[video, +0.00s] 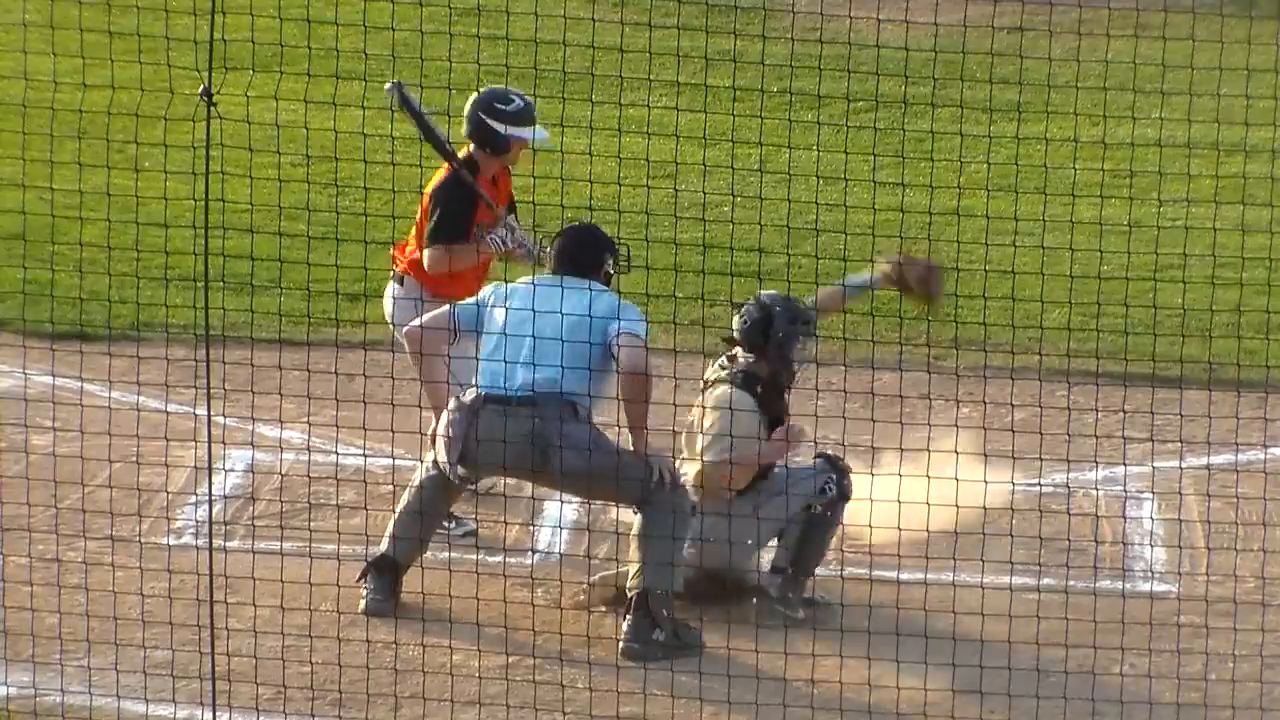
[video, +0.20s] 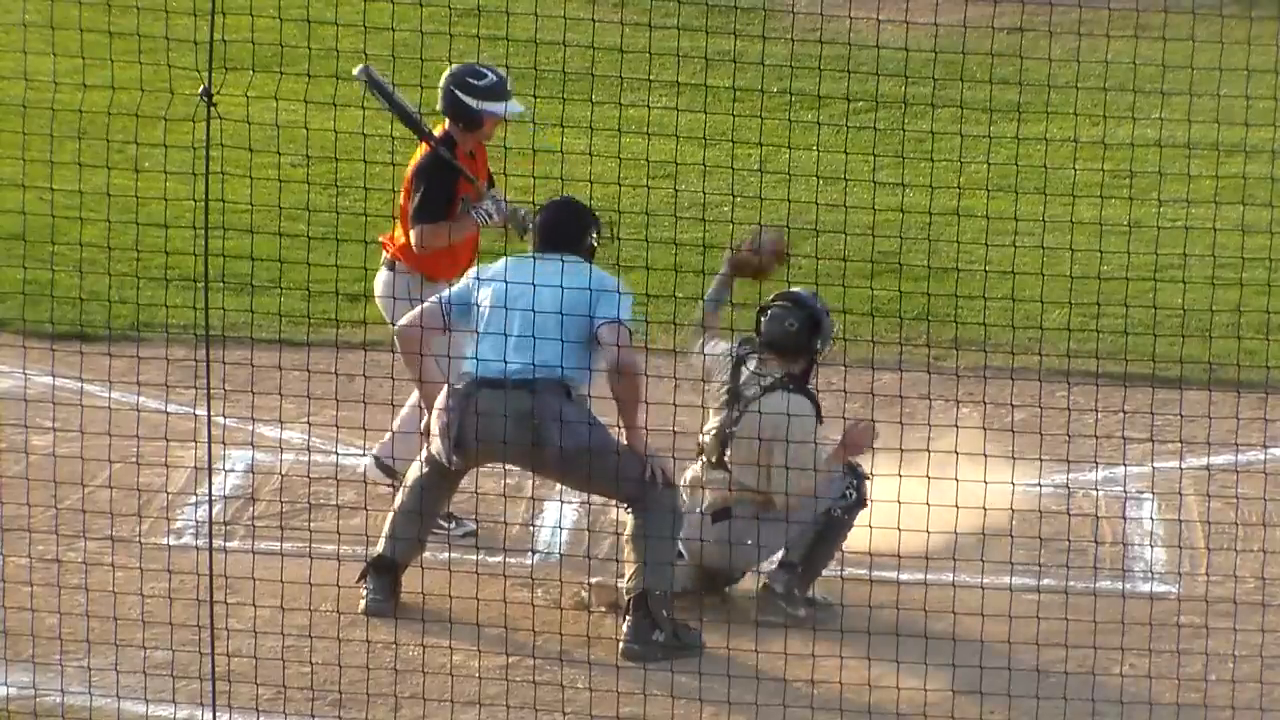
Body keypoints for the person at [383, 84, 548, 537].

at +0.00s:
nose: (525, 145)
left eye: (525, 136)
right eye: (519, 137)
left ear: (491, 139)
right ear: (498, 140)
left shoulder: (499, 175)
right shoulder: (453, 186)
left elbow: (499, 223)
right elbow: (435, 260)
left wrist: (515, 241)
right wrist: (490, 245)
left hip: (459, 296)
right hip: (417, 297)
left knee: (471, 396)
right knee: (450, 404)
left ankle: (443, 494)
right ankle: (432, 507)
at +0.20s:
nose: (501, 119)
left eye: (501, 111)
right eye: (494, 112)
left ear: (466, 113)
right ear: (473, 115)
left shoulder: (474, 150)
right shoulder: (435, 162)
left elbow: (472, 201)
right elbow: (423, 237)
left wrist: (503, 212)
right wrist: (476, 217)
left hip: (444, 278)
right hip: (409, 282)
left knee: (458, 375)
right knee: (445, 389)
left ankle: (390, 455)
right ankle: (432, 505)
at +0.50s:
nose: (453, 101)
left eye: (453, 91)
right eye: (449, 92)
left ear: (408, 89)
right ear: (429, 95)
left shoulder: (404, 132)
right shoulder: (394, 140)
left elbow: (402, 195)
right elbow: (386, 215)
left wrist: (444, 183)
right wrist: (440, 197)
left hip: (380, 269)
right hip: (375, 273)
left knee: (395, 378)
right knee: (412, 380)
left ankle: (349, 483)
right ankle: (428, 505)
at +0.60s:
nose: (435, 103)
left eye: (436, 94)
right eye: (432, 93)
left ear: (394, 85)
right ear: (414, 92)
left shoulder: (377, 123)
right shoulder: (379, 135)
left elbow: (390, 189)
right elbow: (373, 209)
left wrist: (419, 172)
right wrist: (425, 197)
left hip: (356, 260)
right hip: (361, 264)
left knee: (374, 377)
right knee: (394, 378)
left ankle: (345, 485)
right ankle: (405, 498)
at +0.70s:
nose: (419, 107)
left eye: (423, 97)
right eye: (418, 96)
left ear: (381, 81)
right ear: (400, 88)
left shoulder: (348, 118)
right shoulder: (367, 126)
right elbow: (360, 200)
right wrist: (413, 196)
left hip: (325, 258)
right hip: (347, 262)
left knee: (351, 377)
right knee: (382, 378)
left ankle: (339, 481)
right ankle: (349, 482)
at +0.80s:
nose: (402, 111)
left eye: (406, 102)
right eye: (402, 100)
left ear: (367, 83)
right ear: (387, 91)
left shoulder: (330, 116)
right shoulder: (358, 127)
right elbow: (353, 198)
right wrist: (408, 196)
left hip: (308, 257)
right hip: (340, 263)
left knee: (342, 379)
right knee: (368, 387)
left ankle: (348, 484)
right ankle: (305, 469)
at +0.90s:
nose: (389, 118)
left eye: (393, 109)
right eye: (390, 108)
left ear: (354, 88)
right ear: (376, 98)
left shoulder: (305, 117)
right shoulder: (353, 129)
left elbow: (267, 181)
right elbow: (350, 200)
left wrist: (239, 230)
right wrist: (395, 193)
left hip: (289, 261)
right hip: (327, 266)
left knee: (327, 376)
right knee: (331, 385)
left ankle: (345, 484)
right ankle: (270, 489)